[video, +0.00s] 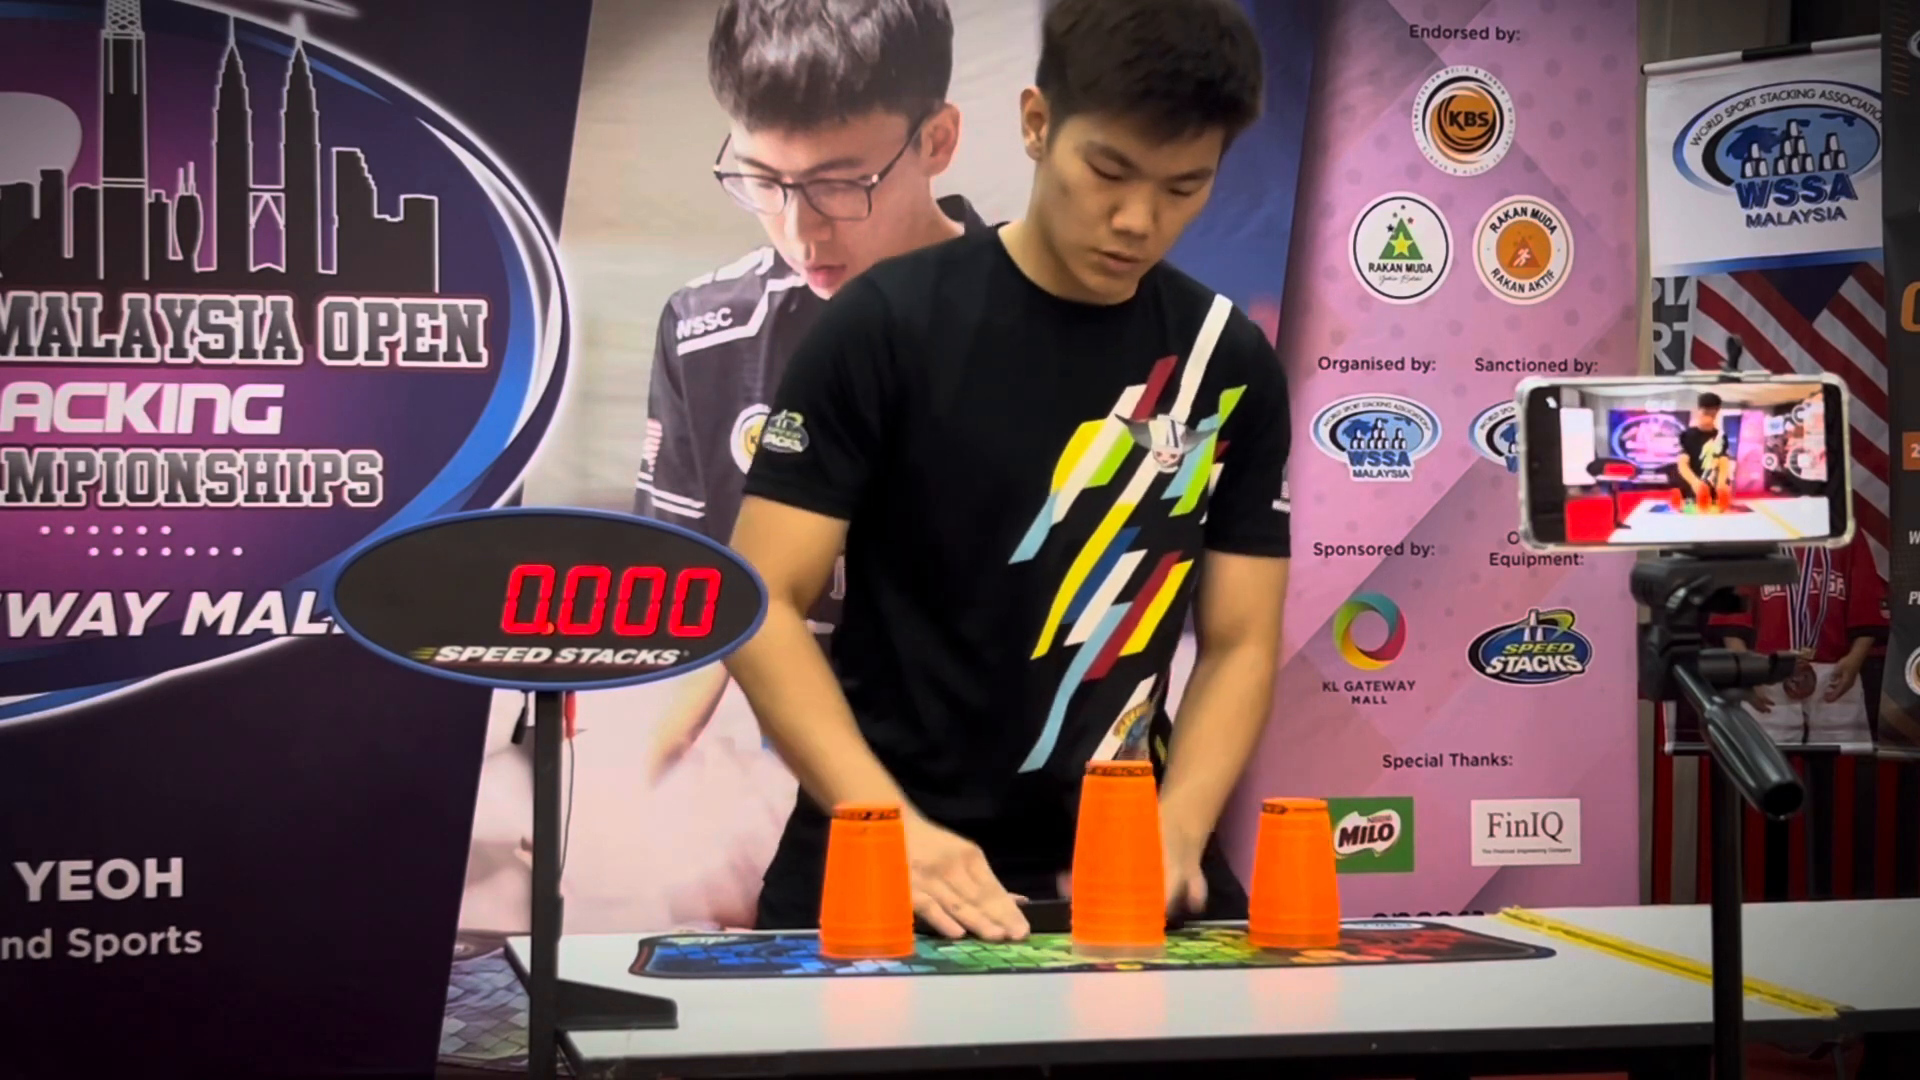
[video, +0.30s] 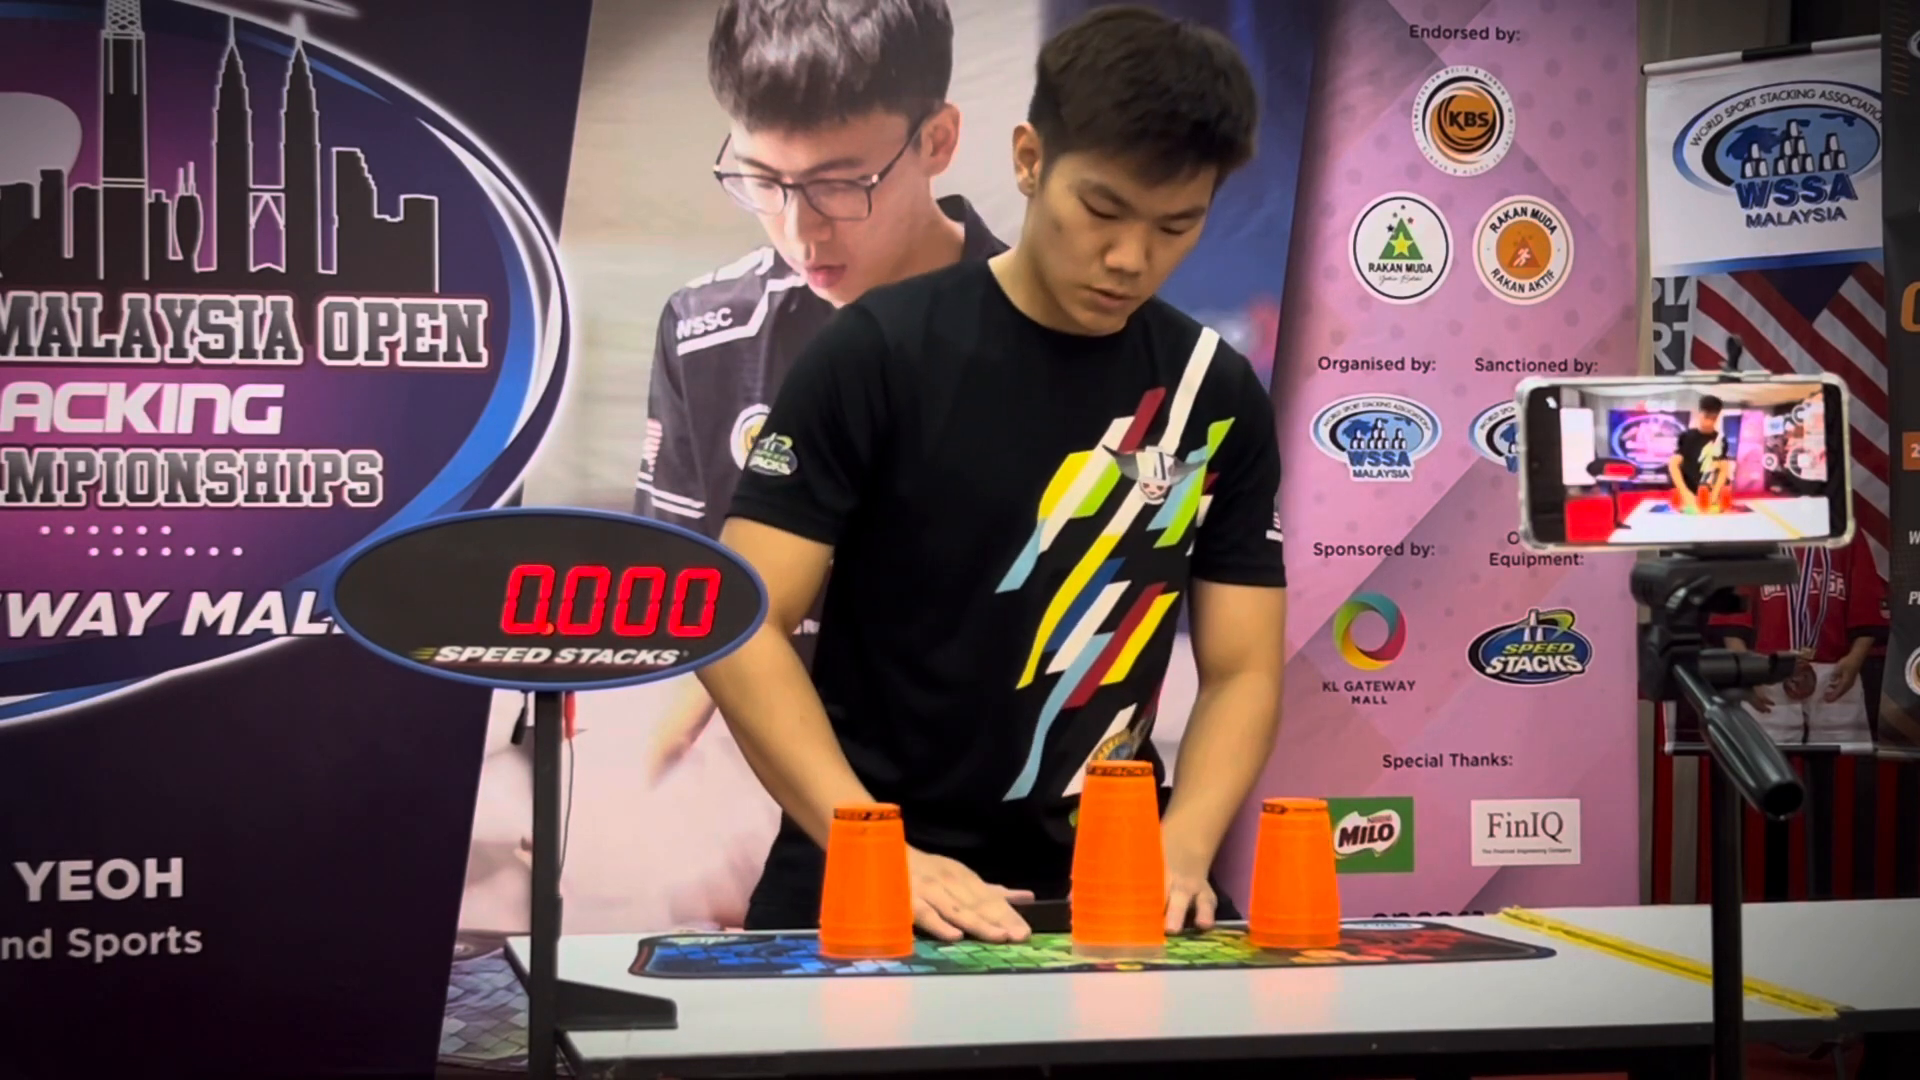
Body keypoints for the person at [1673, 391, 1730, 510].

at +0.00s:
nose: (1708, 418)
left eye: (1712, 414)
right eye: (1705, 413)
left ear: (1716, 413)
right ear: (1699, 411)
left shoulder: (1720, 437)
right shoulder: (1688, 435)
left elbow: (1723, 463)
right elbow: (1682, 465)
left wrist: (1721, 485)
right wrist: (1697, 485)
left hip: (1714, 494)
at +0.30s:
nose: (1709, 422)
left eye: (1713, 418)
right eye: (1706, 417)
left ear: (1717, 418)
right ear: (1700, 415)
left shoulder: (1720, 440)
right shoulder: (1688, 437)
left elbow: (1723, 469)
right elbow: (1673, 464)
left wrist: (1714, 495)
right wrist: (1686, 495)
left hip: (1710, 498)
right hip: (1690, 498)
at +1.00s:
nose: (1709, 427)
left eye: (1713, 422)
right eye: (1706, 421)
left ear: (1717, 421)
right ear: (1699, 418)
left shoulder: (1721, 443)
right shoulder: (1687, 439)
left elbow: (1723, 471)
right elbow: (1676, 467)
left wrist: (1715, 491)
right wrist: (1696, 485)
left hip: (1711, 497)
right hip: (1688, 497)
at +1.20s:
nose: (1714, 426)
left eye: (1717, 422)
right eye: (1711, 421)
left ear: (1721, 422)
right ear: (1702, 418)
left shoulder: (1721, 443)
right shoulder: (1690, 440)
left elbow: (1724, 467)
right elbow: (1688, 470)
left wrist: (1726, 482)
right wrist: (1713, 480)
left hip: (1715, 496)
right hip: (1693, 495)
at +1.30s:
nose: (1714, 426)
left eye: (1718, 422)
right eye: (1712, 421)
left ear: (1721, 422)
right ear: (1703, 418)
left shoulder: (1722, 443)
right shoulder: (1691, 440)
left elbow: (1725, 467)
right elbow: (1688, 470)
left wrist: (1729, 487)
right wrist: (1713, 486)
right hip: (1693, 494)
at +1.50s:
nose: (1712, 425)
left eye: (1716, 421)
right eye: (1710, 420)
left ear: (1720, 422)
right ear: (1701, 418)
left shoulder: (1721, 443)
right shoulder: (1689, 439)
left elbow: (1723, 471)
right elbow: (1681, 469)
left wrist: (1715, 489)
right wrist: (1696, 486)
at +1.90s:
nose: (1710, 423)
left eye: (1714, 418)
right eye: (1707, 417)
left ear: (1717, 418)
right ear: (1700, 414)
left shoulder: (1721, 440)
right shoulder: (1688, 437)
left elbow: (1724, 468)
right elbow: (1677, 463)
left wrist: (1715, 484)